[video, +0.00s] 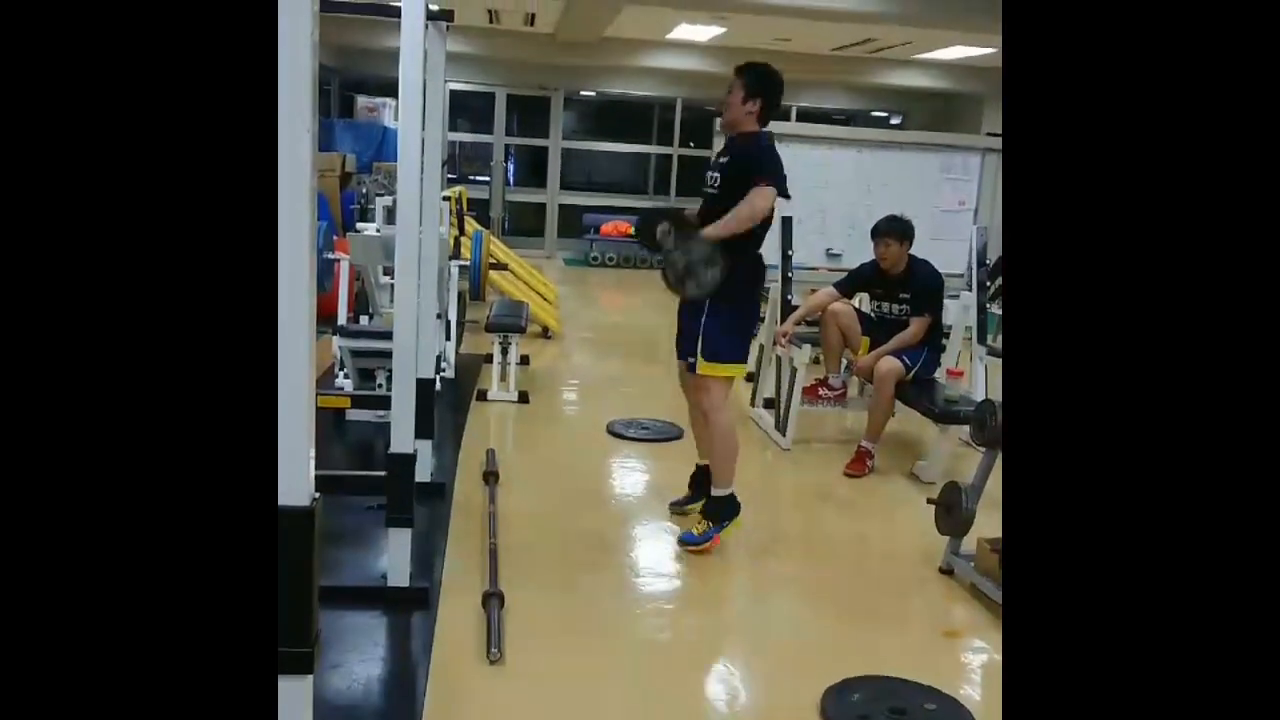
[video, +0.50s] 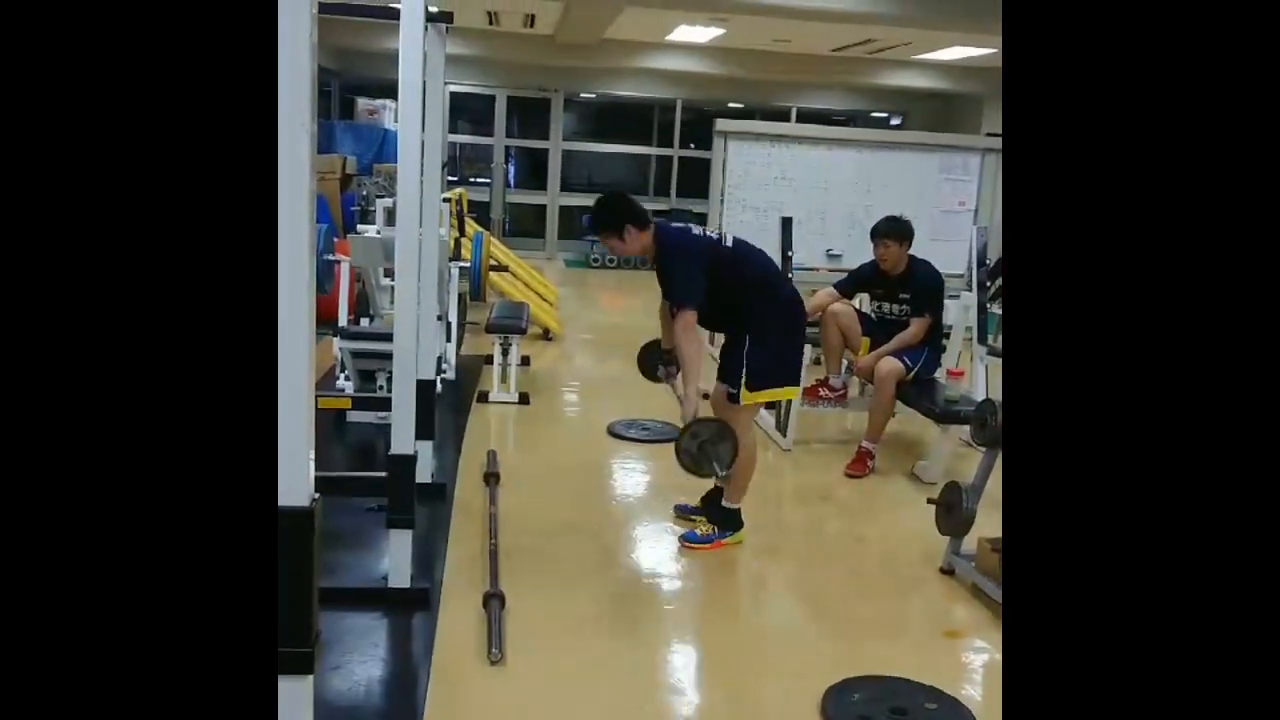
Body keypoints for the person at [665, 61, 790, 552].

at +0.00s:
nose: (723, 101)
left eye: (731, 94)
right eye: (726, 93)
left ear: (753, 104)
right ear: (747, 103)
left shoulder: (760, 151)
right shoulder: (727, 151)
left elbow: (759, 207)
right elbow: (716, 209)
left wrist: (700, 237)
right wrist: (681, 228)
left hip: (733, 286)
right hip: (705, 280)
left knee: (711, 391)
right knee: (692, 383)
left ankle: (724, 505)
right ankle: (707, 477)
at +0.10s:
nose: (700, 120)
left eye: (709, 114)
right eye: (704, 113)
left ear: (731, 127)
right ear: (727, 128)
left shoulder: (740, 174)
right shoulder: (718, 174)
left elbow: (723, 246)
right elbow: (699, 237)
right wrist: (679, 282)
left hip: (738, 307)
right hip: (717, 302)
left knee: (706, 406)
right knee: (696, 401)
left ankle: (723, 512)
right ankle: (716, 495)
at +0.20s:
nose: (657, 158)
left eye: (665, 150)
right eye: (661, 149)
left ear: (687, 161)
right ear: (685, 162)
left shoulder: (705, 212)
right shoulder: (686, 208)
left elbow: (711, 289)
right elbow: (685, 269)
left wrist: (712, 355)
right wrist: (684, 309)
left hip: (746, 331)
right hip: (722, 324)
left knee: (694, 411)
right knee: (685, 406)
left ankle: (724, 516)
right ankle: (716, 499)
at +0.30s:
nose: (625, 193)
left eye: (629, 184)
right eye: (625, 184)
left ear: (653, 183)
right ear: (654, 183)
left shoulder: (692, 223)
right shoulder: (677, 221)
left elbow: (705, 295)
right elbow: (685, 284)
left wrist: (710, 358)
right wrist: (687, 322)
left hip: (760, 324)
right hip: (733, 320)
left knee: (715, 410)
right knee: (696, 400)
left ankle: (727, 517)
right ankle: (718, 497)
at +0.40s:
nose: (619, 223)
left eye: (618, 214)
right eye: (615, 216)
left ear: (637, 201)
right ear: (640, 200)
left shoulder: (686, 231)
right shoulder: (672, 227)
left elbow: (697, 304)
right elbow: (680, 289)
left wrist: (701, 373)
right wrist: (680, 330)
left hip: (764, 319)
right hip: (736, 318)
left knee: (732, 414)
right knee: (716, 406)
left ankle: (729, 516)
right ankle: (719, 497)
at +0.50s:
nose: (612, 251)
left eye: (610, 243)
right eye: (607, 245)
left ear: (629, 231)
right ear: (632, 227)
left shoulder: (678, 250)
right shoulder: (666, 245)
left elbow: (687, 323)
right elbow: (670, 309)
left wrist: (690, 396)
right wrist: (668, 354)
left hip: (773, 318)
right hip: (750, 318)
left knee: (739, 416)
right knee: (723, 403)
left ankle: (730, 518)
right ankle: (722, 497)